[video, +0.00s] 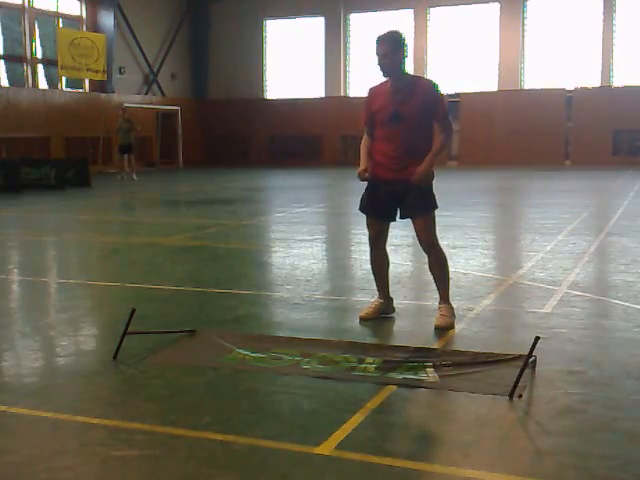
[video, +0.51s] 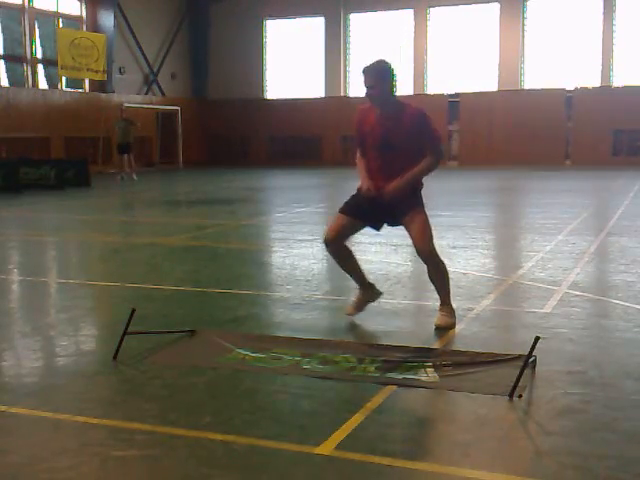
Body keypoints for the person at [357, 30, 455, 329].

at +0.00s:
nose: (381, 61)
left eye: (386, 55)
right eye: (378, 56)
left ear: (401, 54)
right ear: (377, 57)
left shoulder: (426, 89)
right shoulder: (375, 93)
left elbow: (444, 132)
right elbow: (367, 133)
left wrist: (427, 165)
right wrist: (364, 160)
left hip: (415, 180)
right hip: (380, 181)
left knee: (429, 242)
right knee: (375, 240)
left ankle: (445, 304)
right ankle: (384, 300)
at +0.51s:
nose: (369, 93)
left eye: (374, 87)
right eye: (366, 87)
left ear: (390, 85)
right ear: (365, 87)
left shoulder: (414, 116)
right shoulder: (365, 114)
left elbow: (435, 156)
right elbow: (361, 151)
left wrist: (402, 182)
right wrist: (364, 179)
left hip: (406, 193)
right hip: (372, 191)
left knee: (426, 251)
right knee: (332, 239)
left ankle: (446, 306)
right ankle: (366, 288)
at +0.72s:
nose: (315, 81)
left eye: (319, 75)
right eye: (313, 76)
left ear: (334, 73)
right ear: (313, 76)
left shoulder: (361, 99)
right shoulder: (317, 104)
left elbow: (386, 134)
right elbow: (313, 131)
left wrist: (346, 147)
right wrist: (314, 155)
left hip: (363, 183)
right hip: (328, 181)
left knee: (396, 240)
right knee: (288, 228)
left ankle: (431, 297)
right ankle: (280, 286)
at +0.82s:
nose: (294, 94)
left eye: (297, 88)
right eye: (289, 90)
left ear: (306, 85)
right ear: (285, 91)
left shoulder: (335, 110)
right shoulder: (288, 113)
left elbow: (357, 144)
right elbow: (287, 141)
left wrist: (329, 161)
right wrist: (284, 171)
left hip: (338, 187)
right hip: (304, 187)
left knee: (368, 241)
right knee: (270, 241)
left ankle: (396, 289)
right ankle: (255, 293)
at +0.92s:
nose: (268, 109)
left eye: (271, 103)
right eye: (263, 105)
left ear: (282, 104)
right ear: (260, 109)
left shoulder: (311, 129)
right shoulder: (268, 136)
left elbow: (338, 161)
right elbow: (270, 168)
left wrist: (309, 186)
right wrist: (257, 201)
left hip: (324, 194)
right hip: (292, 194)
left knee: (340, 250)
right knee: (258, 246)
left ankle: (346, 279)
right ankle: (254, 296)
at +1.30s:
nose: (297, 126)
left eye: (300, 120)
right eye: (293, 121)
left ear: (306, 117)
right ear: (284, 121)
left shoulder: (326, 132)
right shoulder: (275, 148)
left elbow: (363, 126)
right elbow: (245, 178)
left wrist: (398, 130)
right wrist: (247, 174)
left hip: (334, 205)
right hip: (299, 208)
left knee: (362, 232)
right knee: (263, 256)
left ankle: (359, 292)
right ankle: (254, 299)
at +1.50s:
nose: (373, 77)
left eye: (378, 72)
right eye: (369, 72)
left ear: (386, 75)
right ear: (361, 77)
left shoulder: (401, 99)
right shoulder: (350, 111)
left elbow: (446, 88)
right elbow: (336, 151)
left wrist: (490, 91)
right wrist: (381, 151)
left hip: (390, 189)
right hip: (353, 190)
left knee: (435, 226)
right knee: (314, 242)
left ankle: (462, 287)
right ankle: (281, 286)